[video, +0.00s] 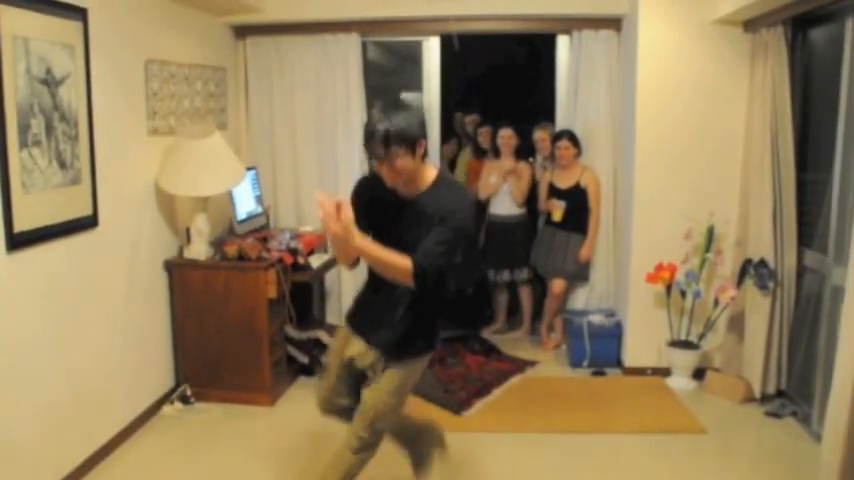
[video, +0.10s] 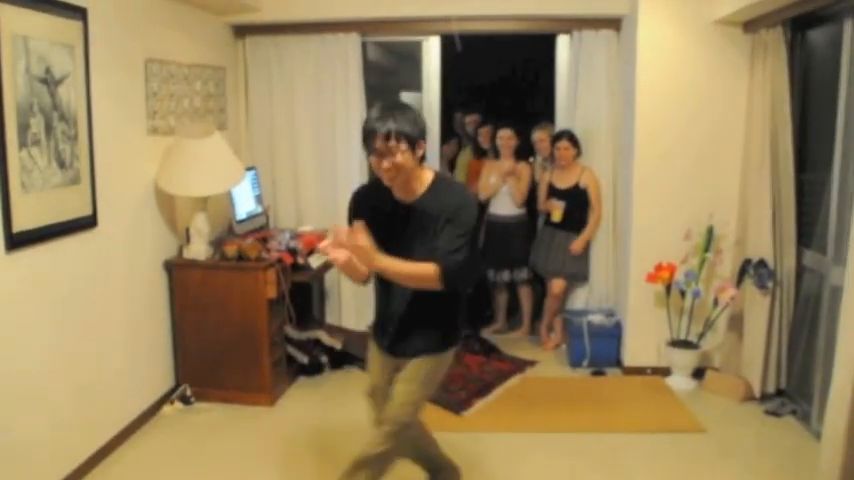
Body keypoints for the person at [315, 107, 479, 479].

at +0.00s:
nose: (384, 170)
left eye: (392, 160)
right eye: (378, 161)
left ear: (419, 149)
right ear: (371, 157)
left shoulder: (457, 206)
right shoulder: (371, 189)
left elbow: (420, 275)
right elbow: (350, 259)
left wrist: (354, 239)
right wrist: (339, 228)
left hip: (409, 339)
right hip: (365, 318)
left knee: (364, 433)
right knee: (333, 400)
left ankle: (330, 475)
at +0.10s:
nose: (382, 166)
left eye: (391, 154)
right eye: (375, 156)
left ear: (418, 149)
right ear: (368, 155)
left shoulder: (458, 204)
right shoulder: (369, 199)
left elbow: (447, 275)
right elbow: (363, 272)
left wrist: (375, 259)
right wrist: (344, 256)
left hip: (435, 335)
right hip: (388, 329)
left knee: (396, 421)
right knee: (384, 410)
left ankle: (357, 473)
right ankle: (443, 470)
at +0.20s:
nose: (393, 151)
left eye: (401, 139)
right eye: (385, 142)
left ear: (423, 140)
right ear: (375, 147)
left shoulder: (460, 190)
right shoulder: (372, 199)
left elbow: (465, 260)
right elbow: (382, 270)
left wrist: (424, 241)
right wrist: (356, 252)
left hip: (453, 316)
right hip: (402, 320)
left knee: (435, 407)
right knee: (409, 413)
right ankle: (449, 469)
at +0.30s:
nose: (412, 131)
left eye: (418, 118)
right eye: (399, 124)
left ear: (433, 121)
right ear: (385, 134)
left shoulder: (462, 168)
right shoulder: (376, 189)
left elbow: (485, 243)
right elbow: (404, 260)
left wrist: (476, 213)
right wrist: (378, 244)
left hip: (466, 293)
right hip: (416, 303)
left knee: (467, 375)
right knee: (430, 406)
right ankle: (448, 467)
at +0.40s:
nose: (442, 128)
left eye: (447, 116)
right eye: (431, 119)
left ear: (456, 112)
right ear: (406, 122)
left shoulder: (481, 155)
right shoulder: (391, 175)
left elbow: (508, 232)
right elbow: (427, 253)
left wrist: (501, 214)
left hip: (482, 283)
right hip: (433, 297)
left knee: (520, 370)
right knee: (476, 404)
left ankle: (480, 421)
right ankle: (492, 472)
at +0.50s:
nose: (459, 157)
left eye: (465, 144)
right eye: (447, 147)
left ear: (472, 135)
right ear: (422, 142)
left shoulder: (486, 172)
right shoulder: (405, 195)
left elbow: (512, 251)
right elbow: (449, 269)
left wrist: (521, 226)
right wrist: (496, 225)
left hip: (496, 311)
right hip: (449, 327)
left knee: (545, 383)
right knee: (499, 418)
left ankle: (456, 420)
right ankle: (529, 476)